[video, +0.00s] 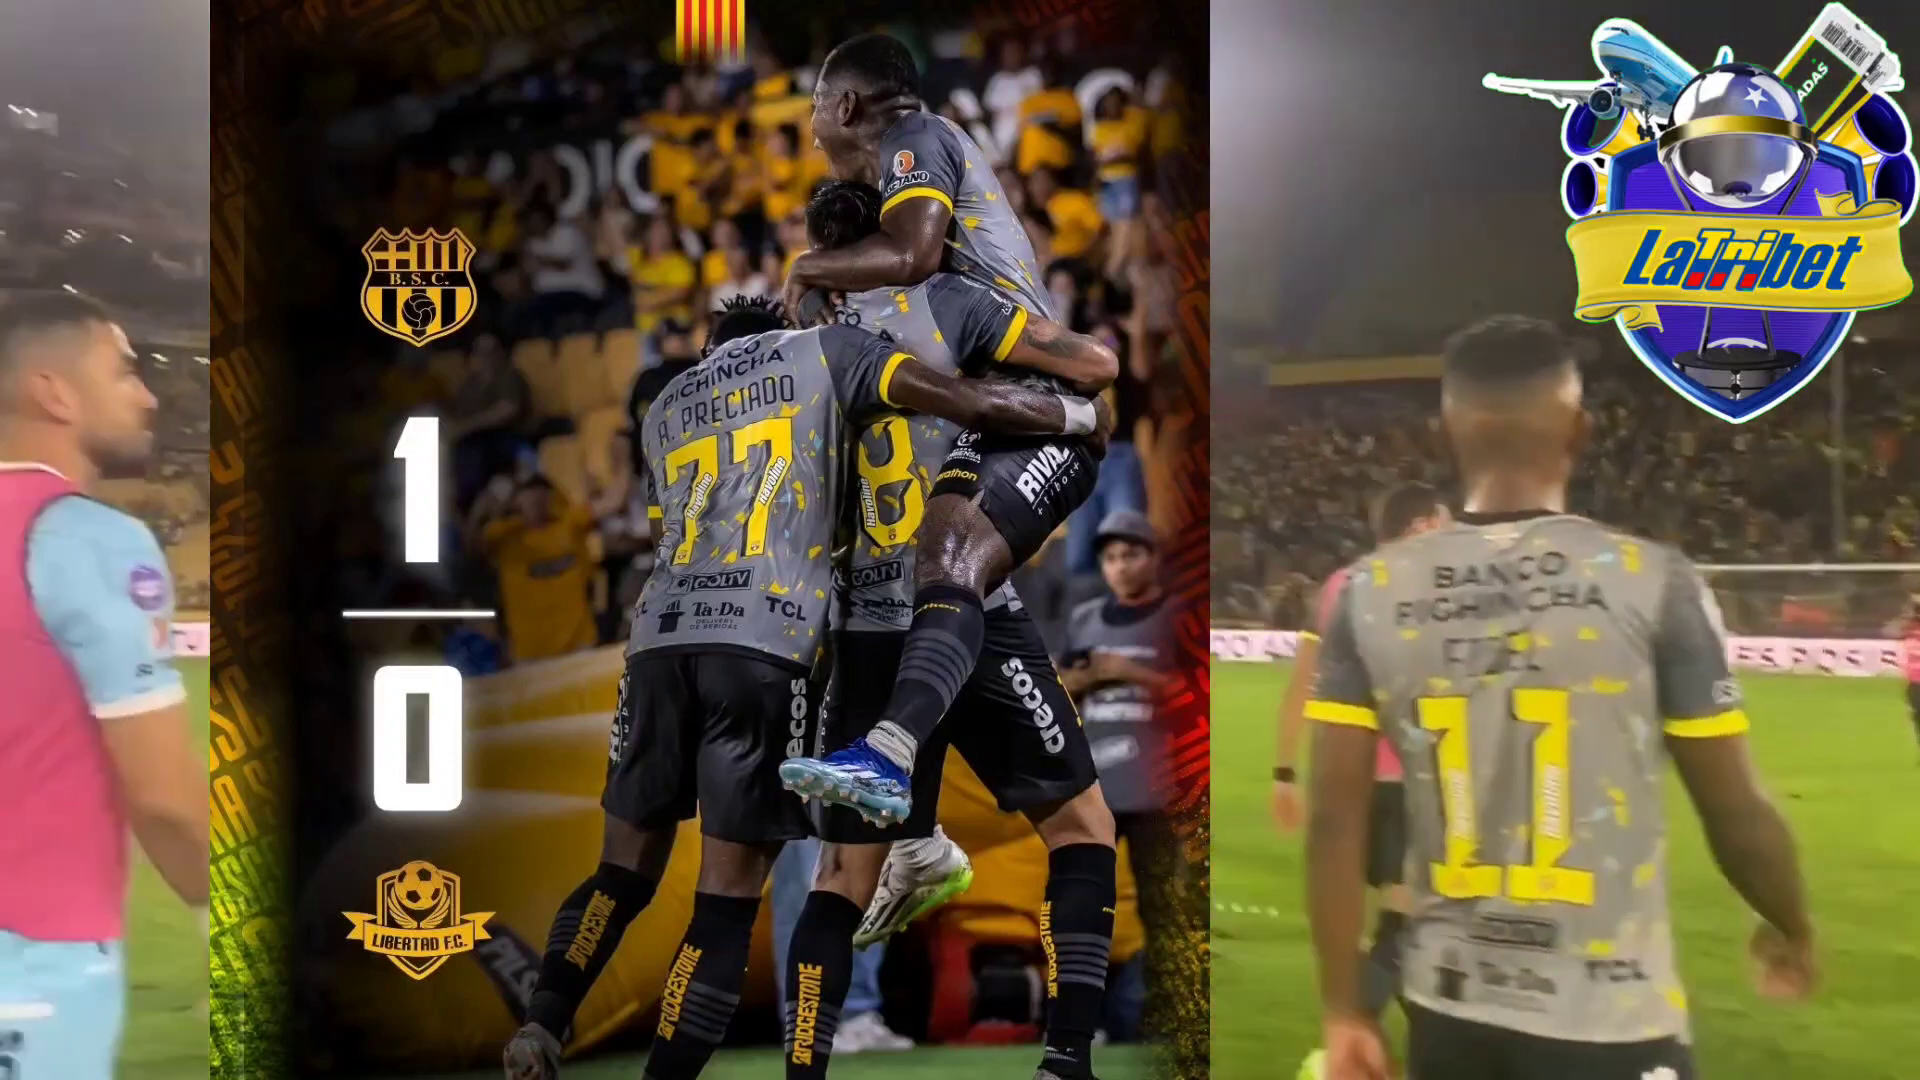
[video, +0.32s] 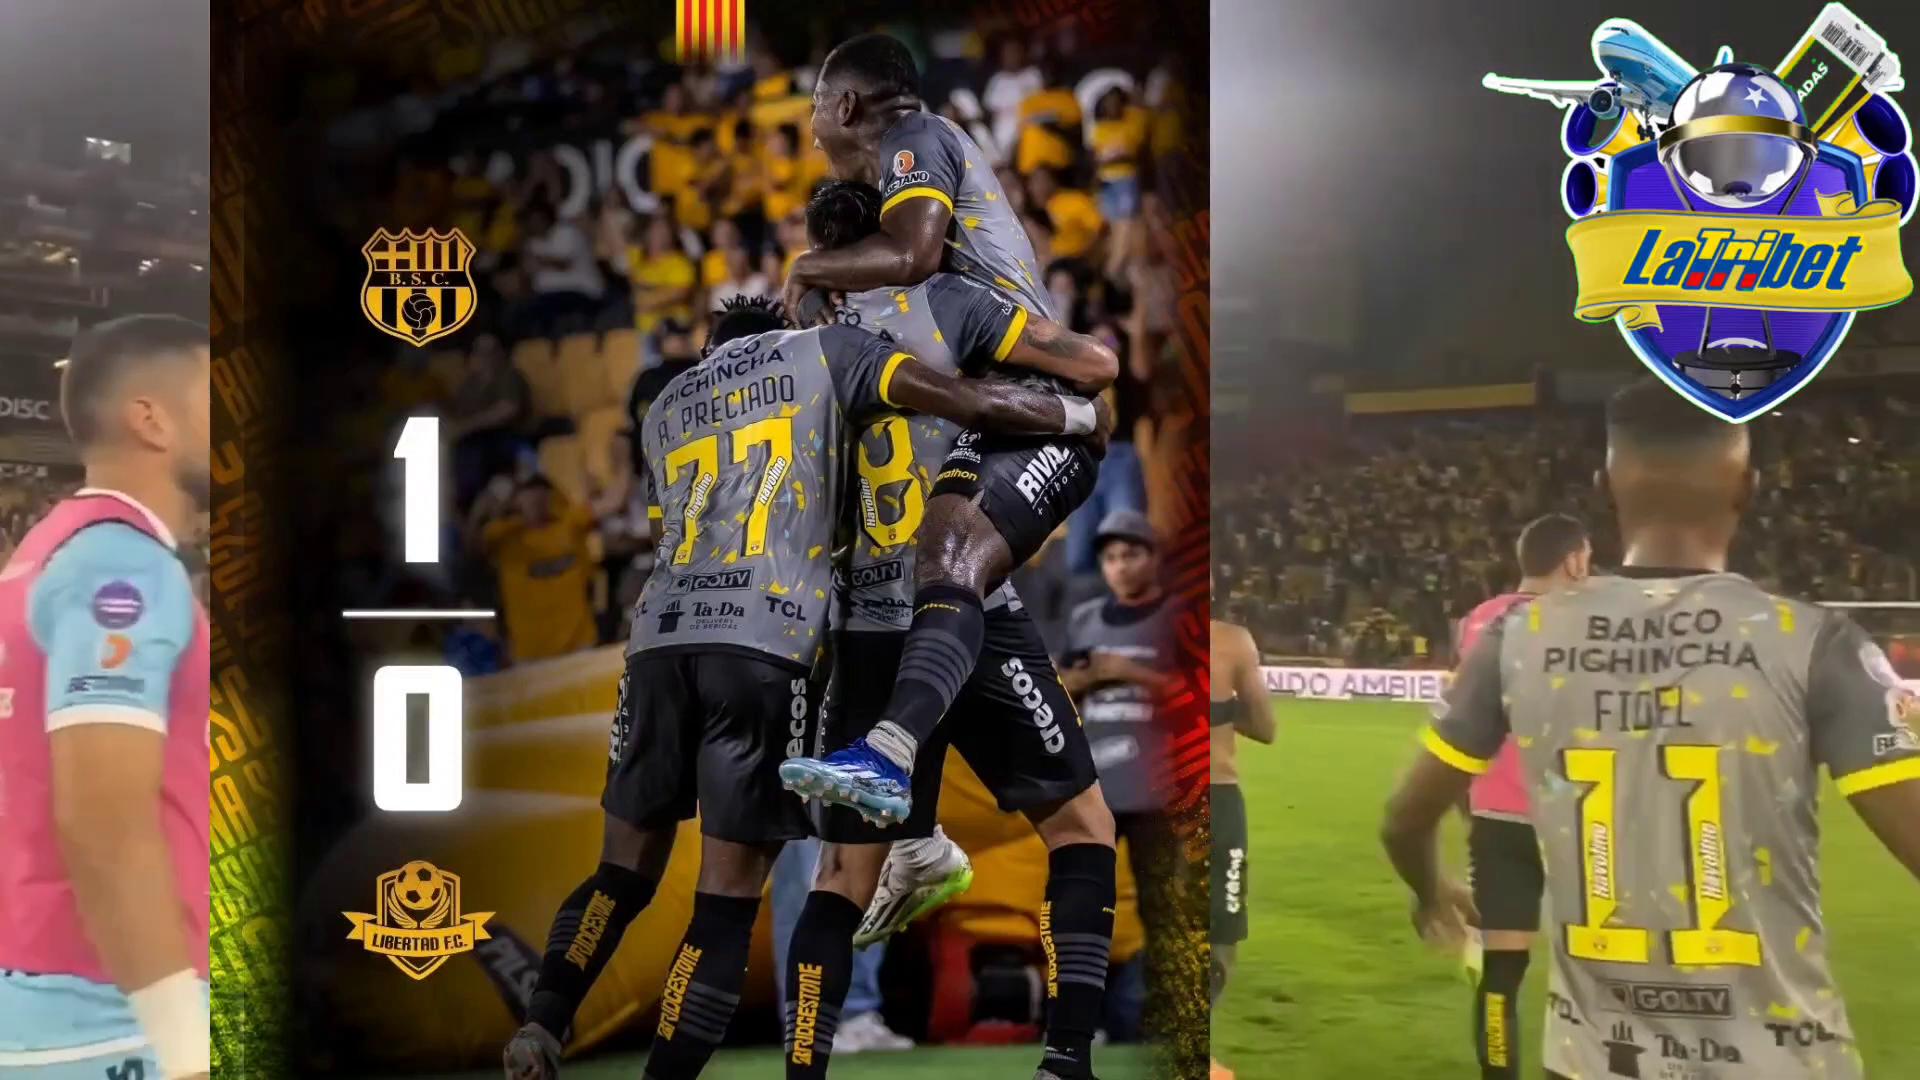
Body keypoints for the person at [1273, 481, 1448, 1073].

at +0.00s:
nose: (1446, 539)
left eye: (1445, 530)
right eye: (1443, 528)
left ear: (1393, 526)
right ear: (1423, 524)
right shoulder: (1349, 589)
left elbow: (1305, 682)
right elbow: (1304, 681)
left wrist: (1285, 768)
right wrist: (1286, 769)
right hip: (1384, 774)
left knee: (1399, 917)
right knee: (1401, 917)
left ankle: (1353, 1039)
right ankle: (1349, 1041)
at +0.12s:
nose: (1534, 548)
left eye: (1532, 538)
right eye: (1529, 537)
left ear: (1476, 537)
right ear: (1508, 535)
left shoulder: (1429, 600)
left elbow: (1391, 705)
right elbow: (1391, 705)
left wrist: (1382, 790)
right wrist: (1384, 790)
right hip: (1480, 795)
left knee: (1467, 929)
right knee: (1481, 931)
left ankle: (1449, 1030)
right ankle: (1449, 1032)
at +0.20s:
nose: (1587, 562)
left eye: (1587, 552)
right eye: (1585, 551)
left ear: (1523, 549)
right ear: (1566, 549)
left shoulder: (1482, 609)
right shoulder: (1578, 610)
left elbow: (1450, 710)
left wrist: (1447, 788)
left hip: (1502, 799)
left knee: (1510, 951)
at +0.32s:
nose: (1588, 573)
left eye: (1587, 563)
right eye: (1586, 563)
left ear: (1522, 563)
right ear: (1572, 563)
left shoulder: (1483, 620)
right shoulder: (1585, 622)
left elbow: (1456, 721)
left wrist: (1464, 802)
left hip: (1499, 810)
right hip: (1576, 815)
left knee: (1502, 959)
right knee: (1595, 961)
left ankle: (1498, 1069)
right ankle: (1596, 1068)